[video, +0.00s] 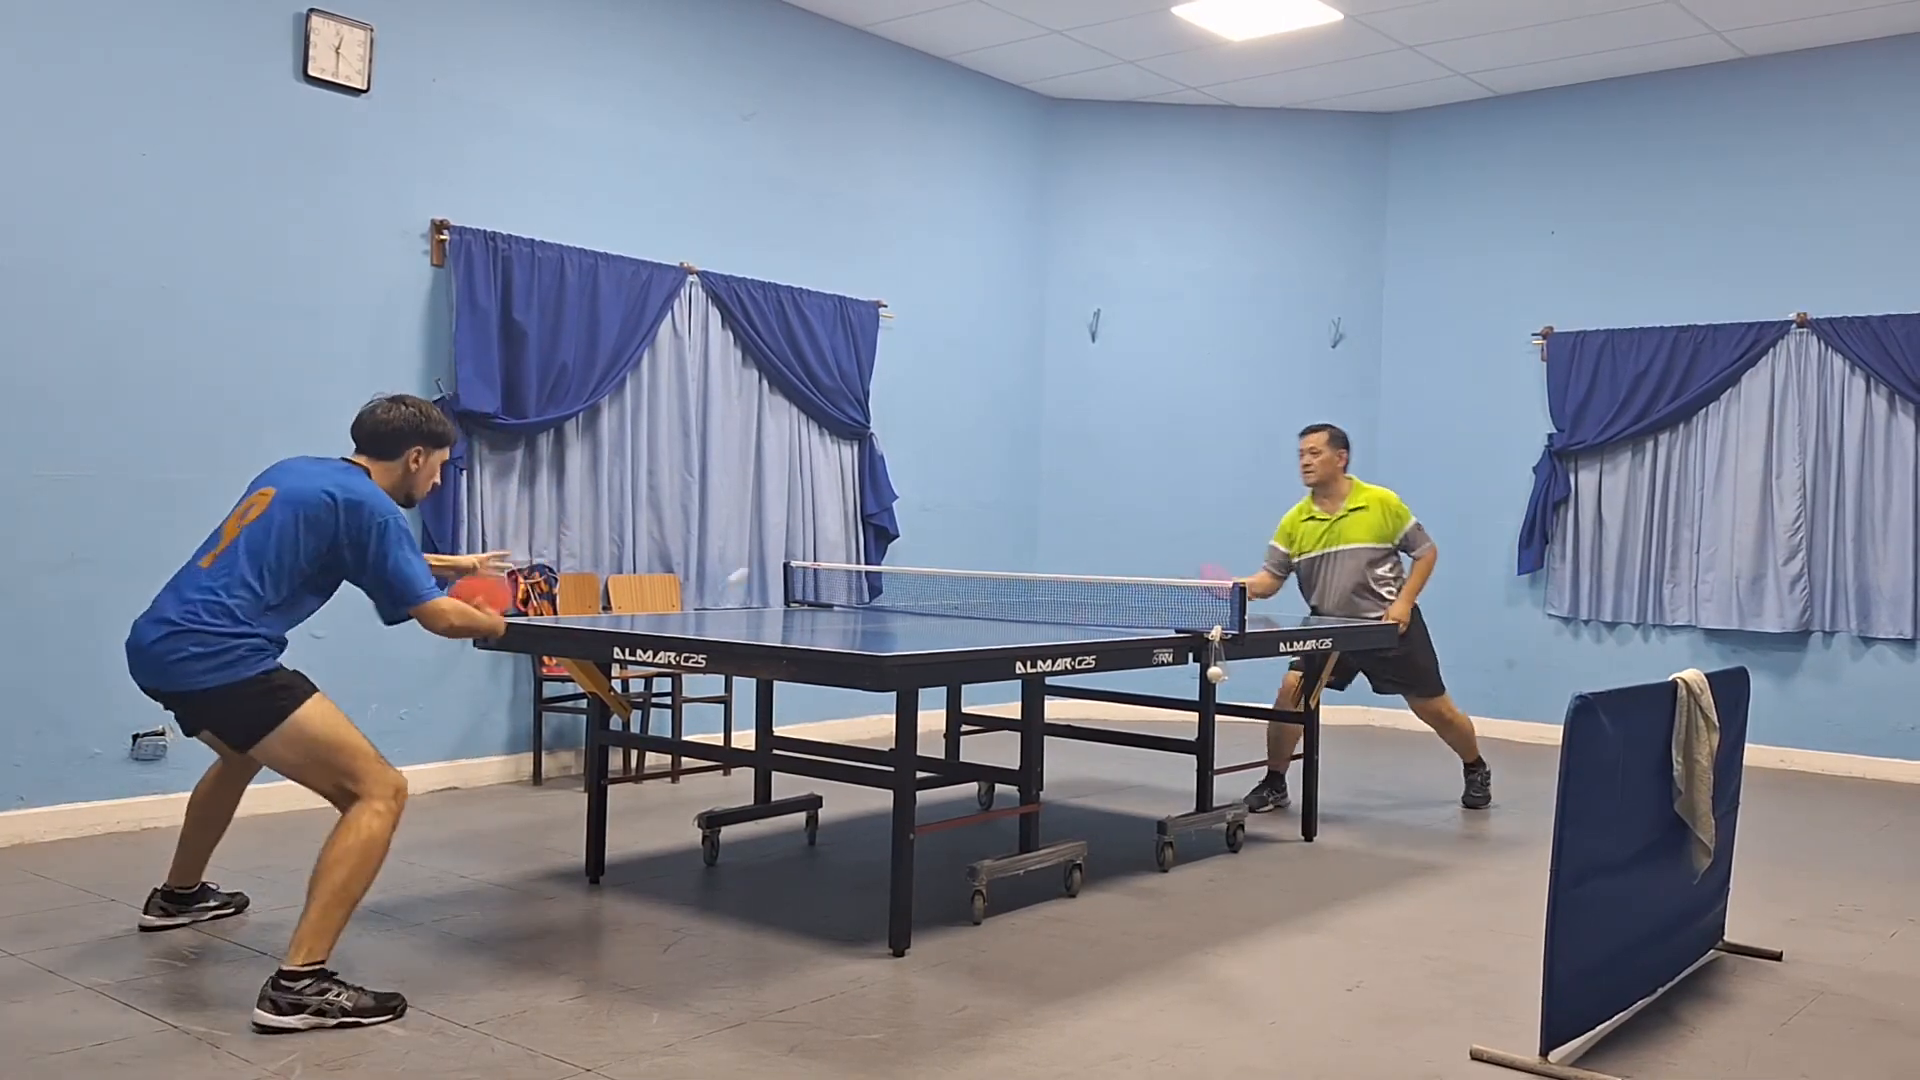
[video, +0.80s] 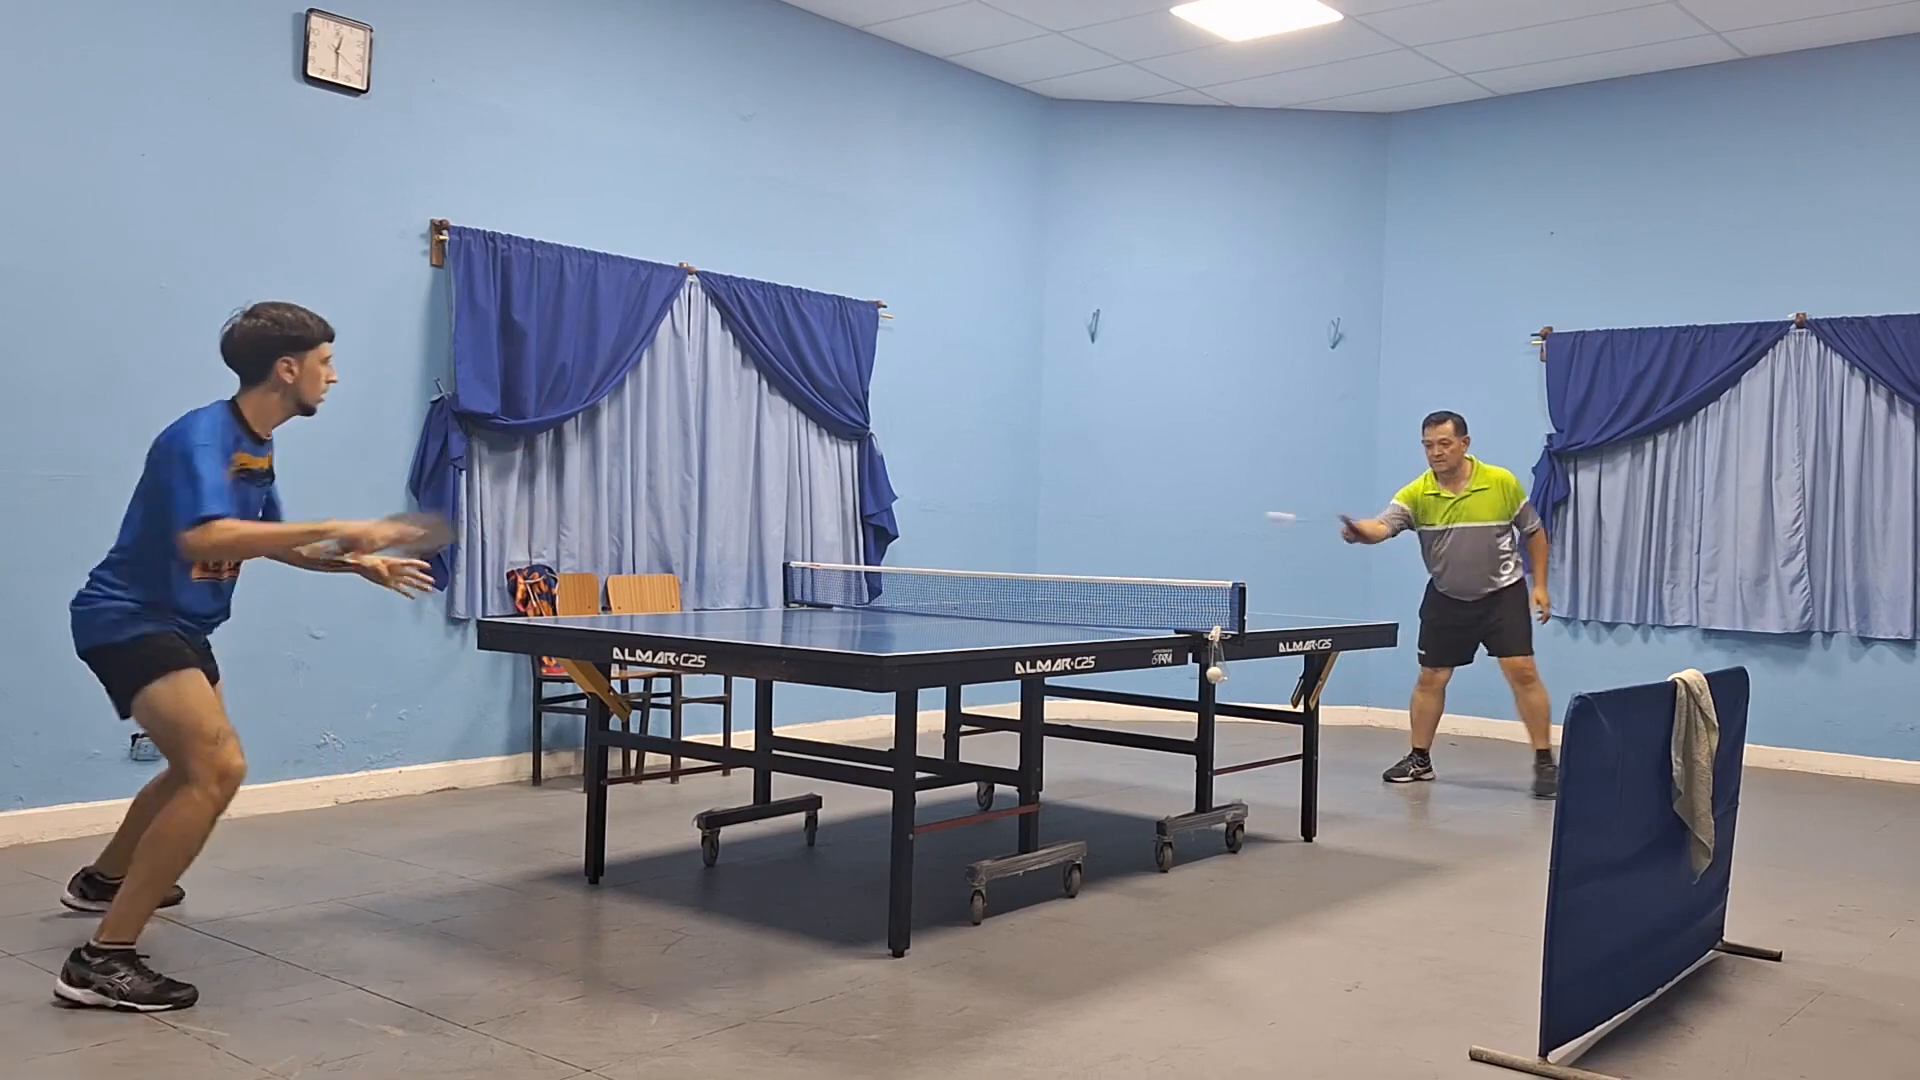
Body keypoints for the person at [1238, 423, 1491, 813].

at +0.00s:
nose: (1304, 462)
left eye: (1313, 453)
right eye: (1301, 455)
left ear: (1340, 457)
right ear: (1300, 461)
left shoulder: (1381, 503)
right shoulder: (1295, 521)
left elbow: (1426, 552)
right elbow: (1271, 577)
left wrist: (1404, 602)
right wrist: (1246, 586)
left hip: (1389, 625)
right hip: (1328, 631)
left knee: (1434, 710)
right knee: (1290, 690)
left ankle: (1476, 769)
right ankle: (1274, 782)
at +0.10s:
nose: (1340, 459)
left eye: (1349, 451)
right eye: (1336, 453)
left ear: (1375, 454)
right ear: (1335, 458)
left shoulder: (1415, 501)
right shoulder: (1332, 515)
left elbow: (1451, 558)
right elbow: (1322, 567)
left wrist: (1421, 604)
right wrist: (1302, 585)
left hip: (1415, 625)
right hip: (1354, 627)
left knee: (1444, 710)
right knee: (1320, 697)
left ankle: (1474, 776)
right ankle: (1282, 777)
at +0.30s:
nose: (1386, 449)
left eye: (1394, 441)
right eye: (1382, 443)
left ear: (1421, 444)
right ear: (1379, 449)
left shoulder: (1453, 490)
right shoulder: (1385, 498)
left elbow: (1490, 547)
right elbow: (1378, 552)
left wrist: (1463, 599)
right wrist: (1357, 574)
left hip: (1449, 609)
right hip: (1397, 606)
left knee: (1457, 697)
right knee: (1353, 674)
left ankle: (1476, 777)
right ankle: (1340, 765)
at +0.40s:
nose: (1397, 447)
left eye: (1405, 439)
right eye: (1392, 441)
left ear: (1430, 441)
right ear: (1390, 446)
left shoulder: (1463, 487)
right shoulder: (1394, 494)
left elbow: (1499, 543)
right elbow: (1388, 547)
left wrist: (1483, 596)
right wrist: (1373, 570)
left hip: (1458, 607)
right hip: (1407, 605)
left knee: (1462, 688)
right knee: (1369, 674)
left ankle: (1477, 777)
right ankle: (1379, 754)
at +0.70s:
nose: (1421, 453)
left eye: (1429, 445)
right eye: (1415, 446)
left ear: (1451, 445)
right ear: (1410, 449)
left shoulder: (1488, 486)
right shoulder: (1404, 497)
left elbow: (1520, 536)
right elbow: (1370, 547)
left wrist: (1525, 592)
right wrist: (1386, 551)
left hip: (1489, 597)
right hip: (1433, 600)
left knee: (1497, 670)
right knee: (1423, 677)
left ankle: (1507, 761)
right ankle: (1418, 758)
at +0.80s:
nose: (1435, 451)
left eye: (1444, 443)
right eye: (1429, 445)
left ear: (1464, 444)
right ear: (1424, 449)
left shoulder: (1501, 482)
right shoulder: (1418, 493)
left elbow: (1534, 531)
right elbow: (1384, 524)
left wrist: (1540, 585)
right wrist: (1361, 531)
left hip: (1503, 597)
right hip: (1446, 600)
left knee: (1523, 673)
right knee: (1431, 677)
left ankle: (1544, 761)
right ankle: (1419, 759)